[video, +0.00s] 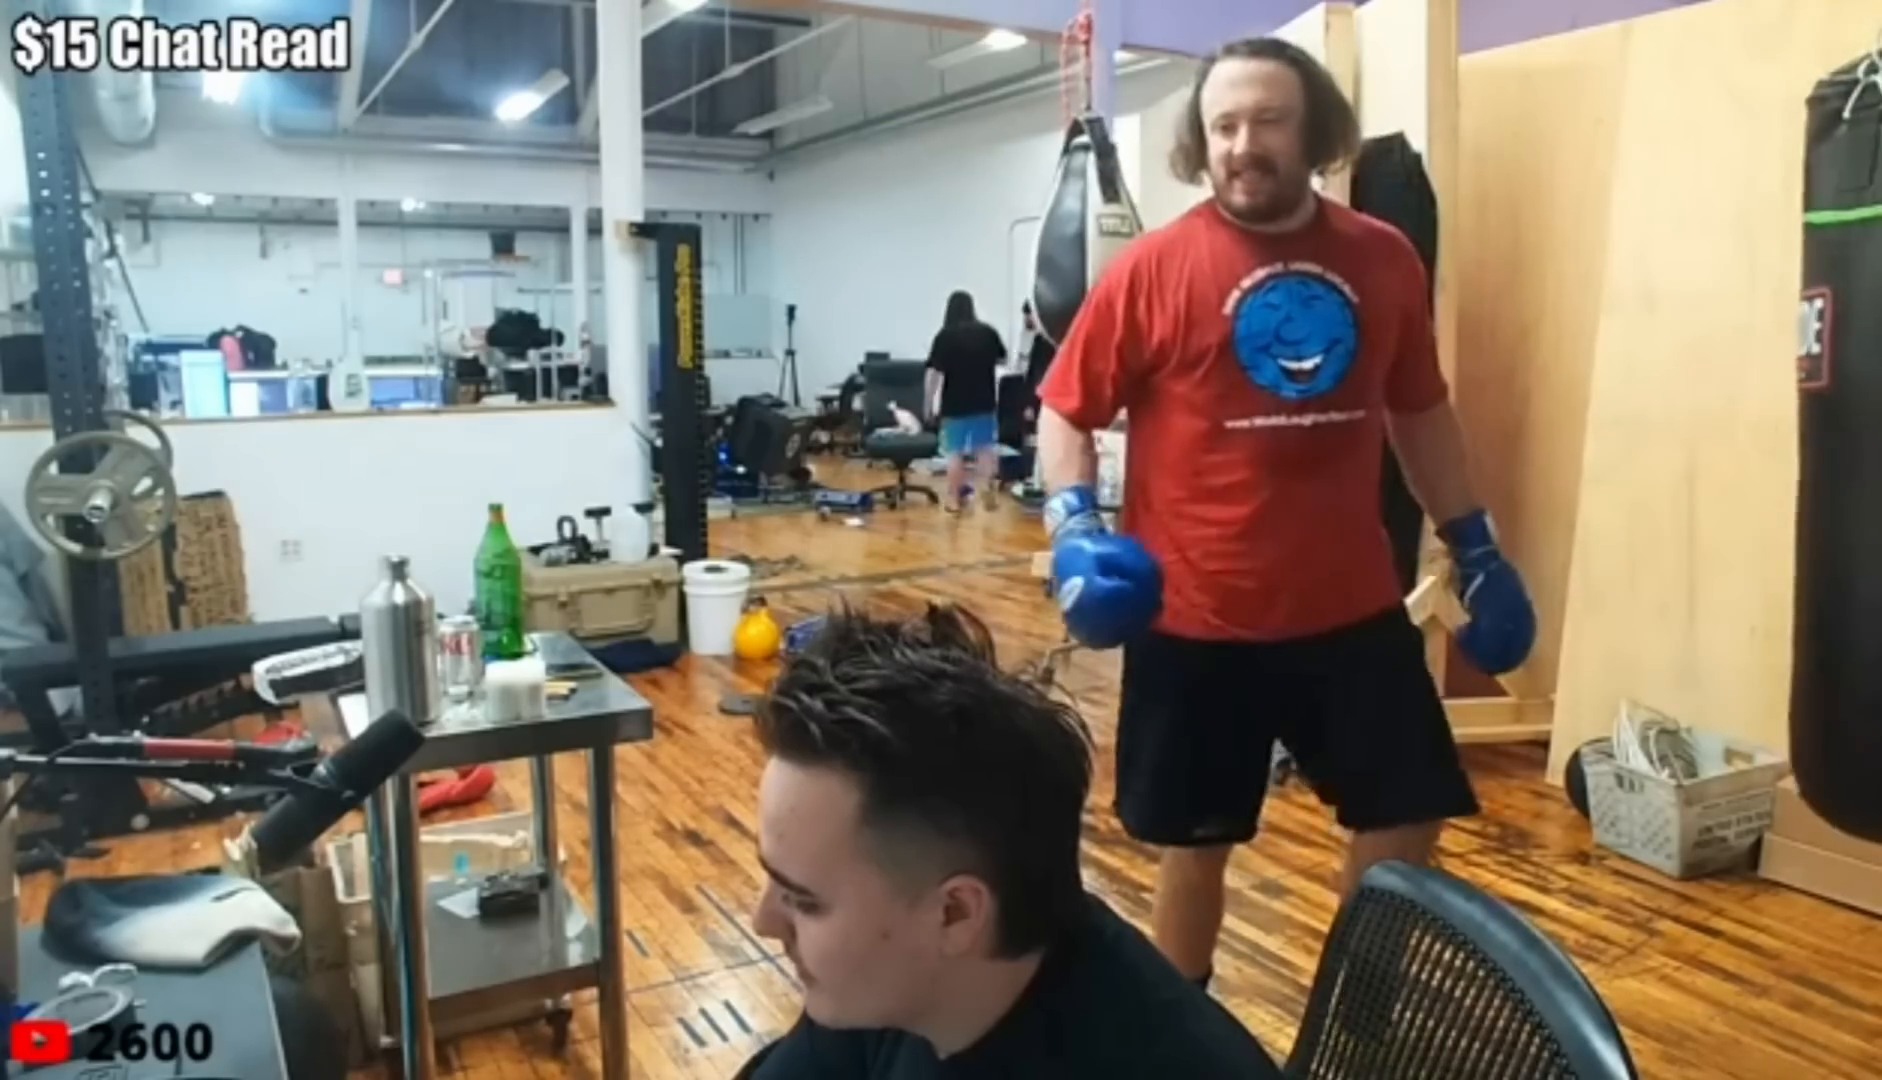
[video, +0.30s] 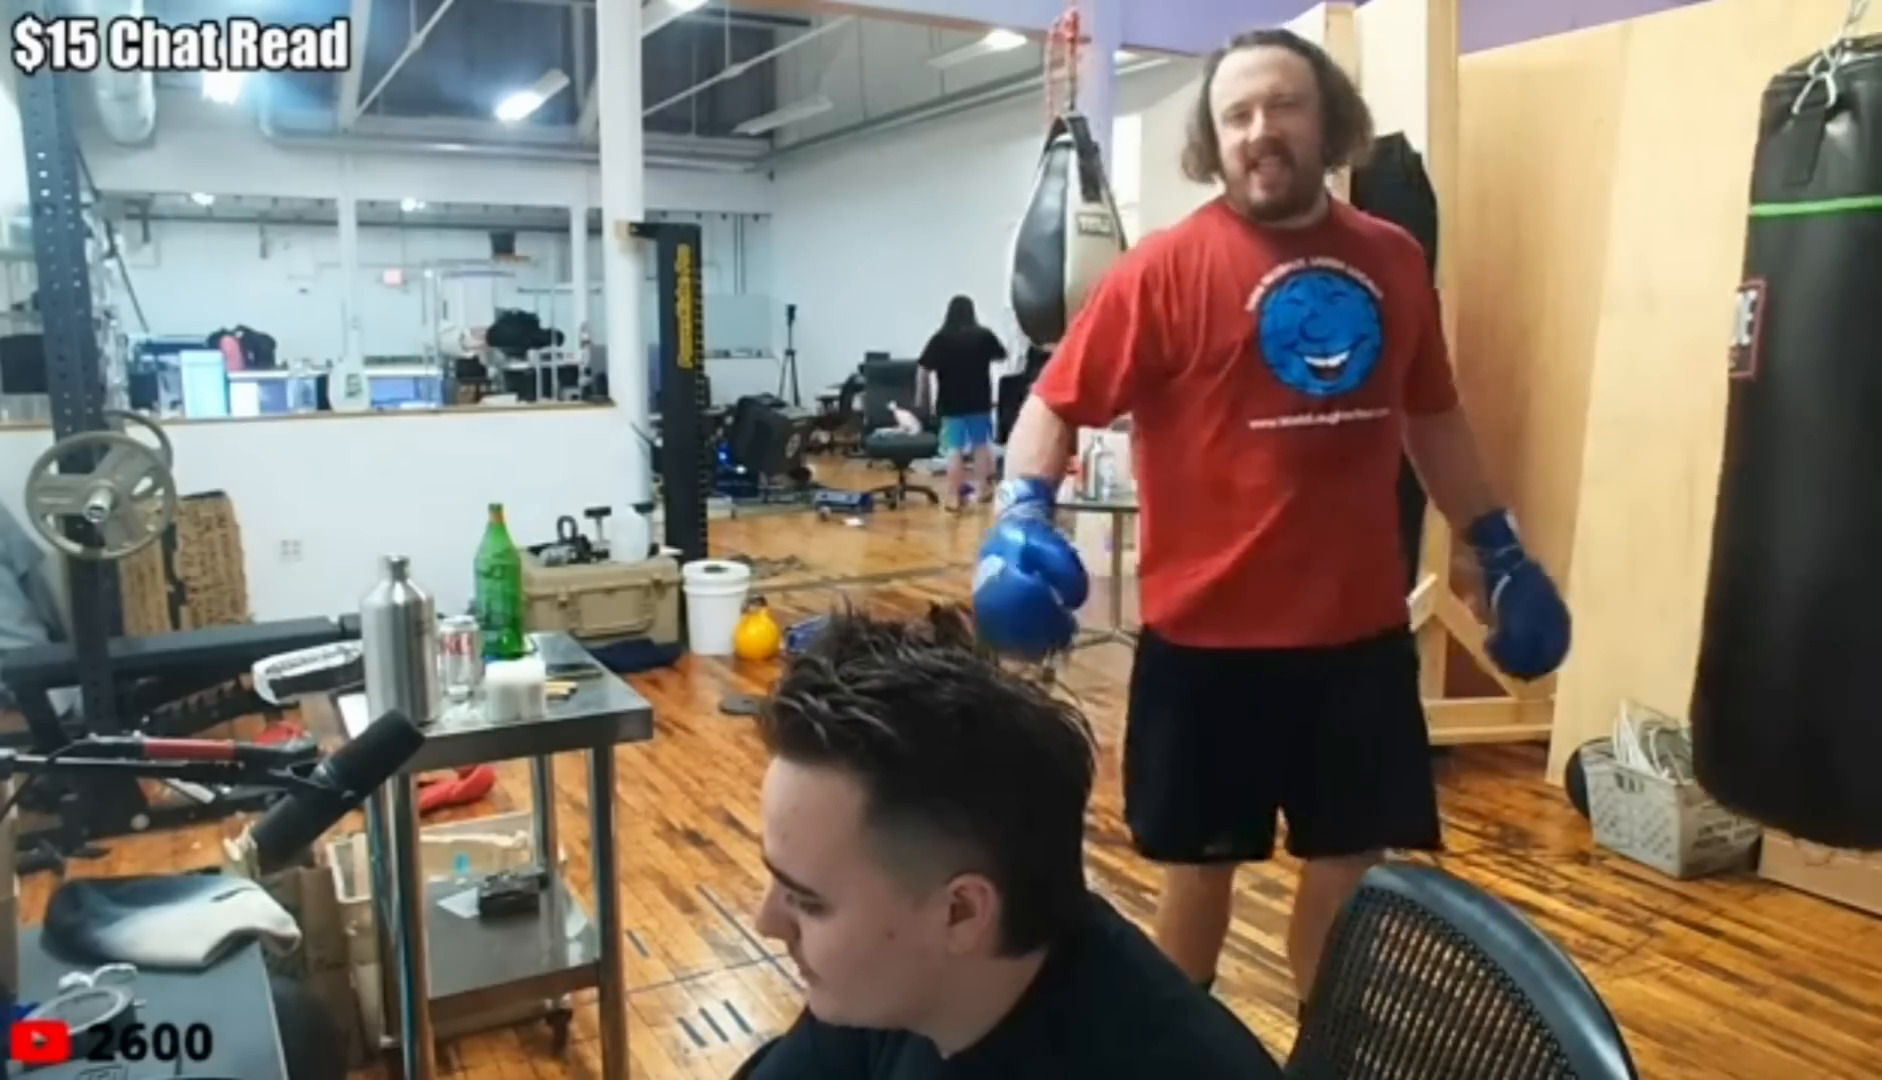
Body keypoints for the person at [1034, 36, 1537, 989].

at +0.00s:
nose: (1244, 145)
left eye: (1270, 122)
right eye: (1224, 124)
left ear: (1316, 136)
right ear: (1199, 140)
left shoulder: (1381, 260)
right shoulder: (1148, 273)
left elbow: (1420, 409)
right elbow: (1065, 406)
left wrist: (1477, 554)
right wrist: (1076, 528)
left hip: (1351, 623)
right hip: (1194, 631)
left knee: (1402, 830)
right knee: (1194, 849)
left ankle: (1360, 1040)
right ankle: (1174, 1046)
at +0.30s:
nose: (1262, 132)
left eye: (1286, 107)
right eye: (1238, 115)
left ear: (1333, 128)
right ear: (1213, 142)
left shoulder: (1389, 259)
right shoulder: (1164, 270)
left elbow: (1433, 418)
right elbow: (1055, 400)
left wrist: (1500, 555)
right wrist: (1022, 519)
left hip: (1358, 638)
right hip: (1205, 642)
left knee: (1343, 873)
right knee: (1195, 884)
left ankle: (1328, 1054)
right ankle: (1170, 1055)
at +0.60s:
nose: (1229, 128)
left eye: (1250, 100)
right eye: (1204, 113)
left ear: (1303, 115)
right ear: (1181, 145)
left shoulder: (1377, 248)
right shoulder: (1152, 270)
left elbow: (1433, 398)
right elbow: (1034, 369)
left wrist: (1535, 524)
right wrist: (907, 371)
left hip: (1357, 638)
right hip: (1207, 648)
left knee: (1330, 870)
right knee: (1171, 895)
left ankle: (1317, 1044)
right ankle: (1104, 1049)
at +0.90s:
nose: (1114, 129)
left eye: (1136, 99)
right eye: (1088, 115)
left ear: (1192, 111)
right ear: (1065, 147)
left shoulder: (1269, 254)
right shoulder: (1039, 279)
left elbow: (1336, 405)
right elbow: (910, 379)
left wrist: (1428, 536)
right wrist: (787, 348)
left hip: (1281, 658)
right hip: (1118, 676)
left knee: (1306, 892)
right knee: (1103, 930)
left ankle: (1315, 1057)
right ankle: (1095, 1078)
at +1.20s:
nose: (1038, 110)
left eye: (1059, 80)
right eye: (1009, 94)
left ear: (1112, 94)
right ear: (981, 126)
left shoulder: (1188, 230)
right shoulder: (945, 273)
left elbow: (1245, 383)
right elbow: (821, 385)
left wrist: (1337, 512)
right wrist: (711, 343)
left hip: (1210, 637)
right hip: (1052, 670)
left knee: (1261, 856)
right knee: (1048, 922)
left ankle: (1268, 1055)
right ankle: (1040, 1072)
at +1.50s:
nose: (1073, 107)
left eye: (1092, 81)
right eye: (1041, 88)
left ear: (1126, 97)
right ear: (995, 120)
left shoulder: (1179, 236)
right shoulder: (946, 265)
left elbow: (1237, 384)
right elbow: (831, 377)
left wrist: (1343, 500)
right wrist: (839, 437)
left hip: (1188, 630)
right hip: (1034, 658)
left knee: (1217, 844)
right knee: (1064, 889)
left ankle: (1194, 1004)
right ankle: (1064, 1036)